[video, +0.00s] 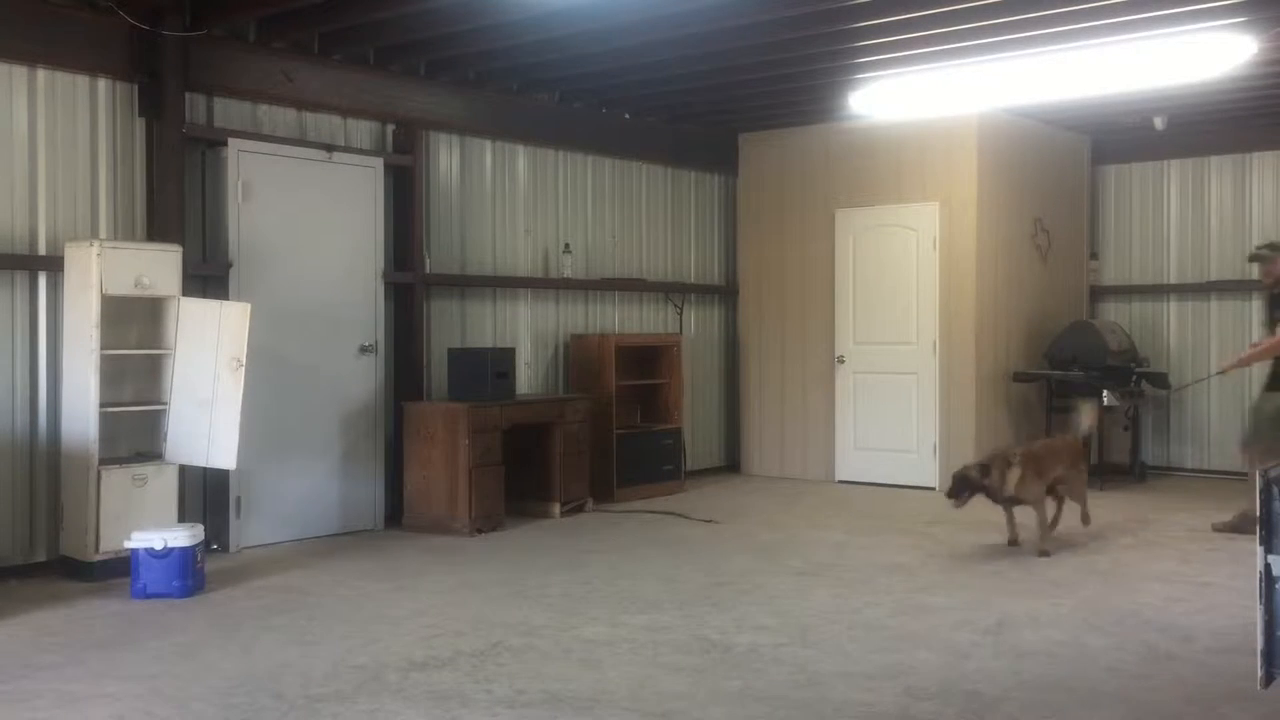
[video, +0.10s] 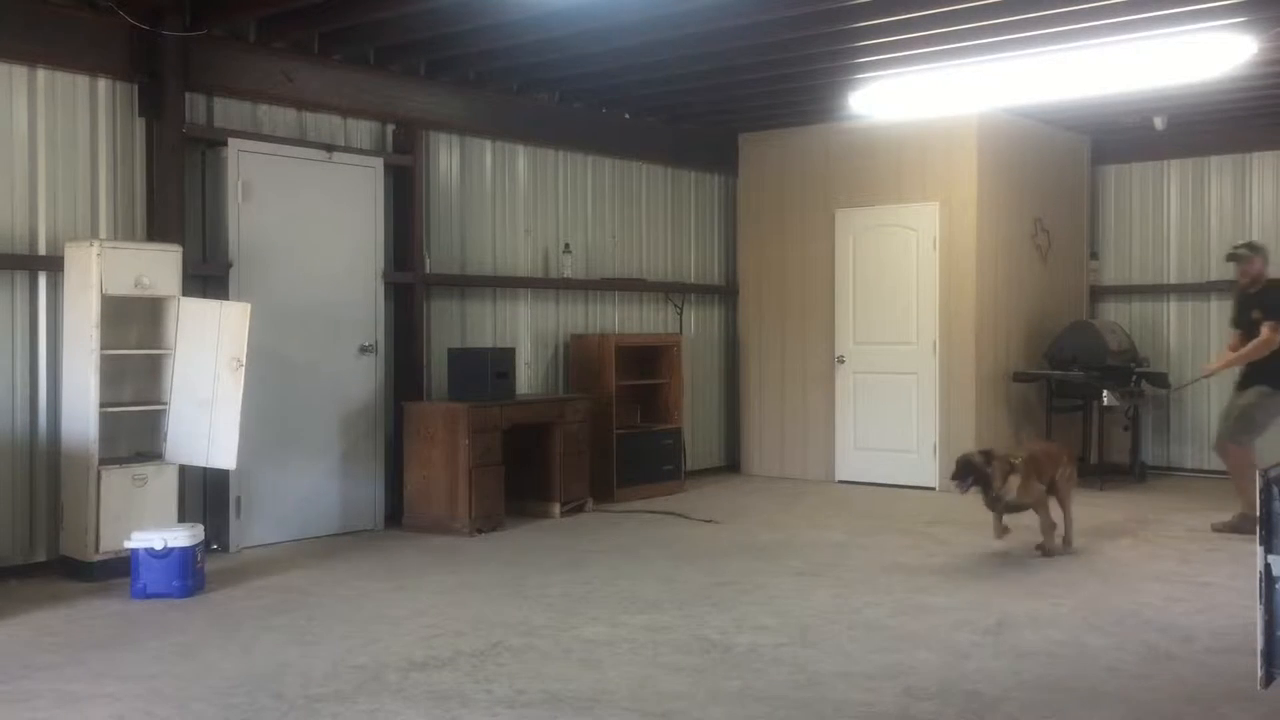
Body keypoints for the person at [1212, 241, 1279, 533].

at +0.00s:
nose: (1262, 270)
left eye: (1267, 264)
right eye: (1261, 264)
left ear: (1278, 265)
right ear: (1263, 267)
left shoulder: (1276, 295)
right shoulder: (1271, 295)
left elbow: (1276, 341)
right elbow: (1273, 336)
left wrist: (1245, 358)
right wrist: (1252, 350)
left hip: (1276, 383)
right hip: (1272, 382)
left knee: (1260, 444)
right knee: (1259, 443)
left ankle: (1257, 511)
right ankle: (1256, 510)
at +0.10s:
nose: (1240, 268)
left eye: (1245, 262)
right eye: (1237, 263)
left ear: (1261, 263)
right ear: (1237, 267)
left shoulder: (1272, 290)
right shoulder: (1243, 294)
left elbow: (1270, 338)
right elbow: (1238, 338)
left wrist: (1223, 364)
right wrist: (1229, 350)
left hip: (1272, 377)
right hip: (1251, 375)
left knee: (1236, 440)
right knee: (1227, 443)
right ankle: (1251, 510)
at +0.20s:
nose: (1217, 267)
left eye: (1223, 261)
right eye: (1214, 262)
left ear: (1240, 264)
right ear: (1211, 266)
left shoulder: (1254, 297)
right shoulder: (1214, 297)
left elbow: (1248, 343)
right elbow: (1207, 343)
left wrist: (1203, 360)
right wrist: (1228, 351)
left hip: (1249, 383)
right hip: (1222, 381)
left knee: (1215, 443)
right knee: (1211, 449)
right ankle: (1249, 512)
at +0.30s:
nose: (1192, 273)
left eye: (1199, 266)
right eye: (1189, 267)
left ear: (1216, 269)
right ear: (1187, 271)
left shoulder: (1228, 303)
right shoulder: (1189, 302)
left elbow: (1221, 350)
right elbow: (1182, 344)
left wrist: (1173, 363)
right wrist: (1167, 358)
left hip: (1220, 390)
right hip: (1193, 387)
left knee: (1191, 451)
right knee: (1175, 451)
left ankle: (1175, 521)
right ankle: (1227, 495)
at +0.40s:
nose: (1167, 277)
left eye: (1173, 271)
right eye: (1163, 271)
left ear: (1189, 274)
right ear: (1159, 276)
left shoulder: (1202, 309)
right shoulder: (1160, 308)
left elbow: (1200, 356)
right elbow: (1156, 346)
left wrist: (1152, 367)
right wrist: (1146, 367)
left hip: (1195, 393)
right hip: (1164, 389)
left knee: (1165, 452)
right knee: (1137, 449)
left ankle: (1169, 522)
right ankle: (1183, 493)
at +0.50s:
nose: (1139, 274)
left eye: (1144, 268)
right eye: (1134, 269)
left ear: (1159, 270)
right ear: (1130, 273)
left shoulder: (1175, 303)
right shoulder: (1131, 307)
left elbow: (1181, 350)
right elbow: (1129, 347)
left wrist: (1133, 364)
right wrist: (1125, 365)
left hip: (1174, 391)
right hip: (1140, 389)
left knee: (1157, 451)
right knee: (1111, 442)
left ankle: (1167, 521)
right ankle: (1114, 513)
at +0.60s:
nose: (1114, 270)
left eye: (1120, 264)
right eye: (1109, 265)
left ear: (1134, 266)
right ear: (1103, 270)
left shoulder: (1151, 299)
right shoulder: (1103, 303)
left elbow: (1159, 345)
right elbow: (1098, 344)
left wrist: (1119, 361)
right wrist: (1107, 355)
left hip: (1150, 389)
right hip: (1116, 389)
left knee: (1144, 454)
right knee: (1090, 451)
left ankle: (1163, 520)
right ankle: (1085, 515)